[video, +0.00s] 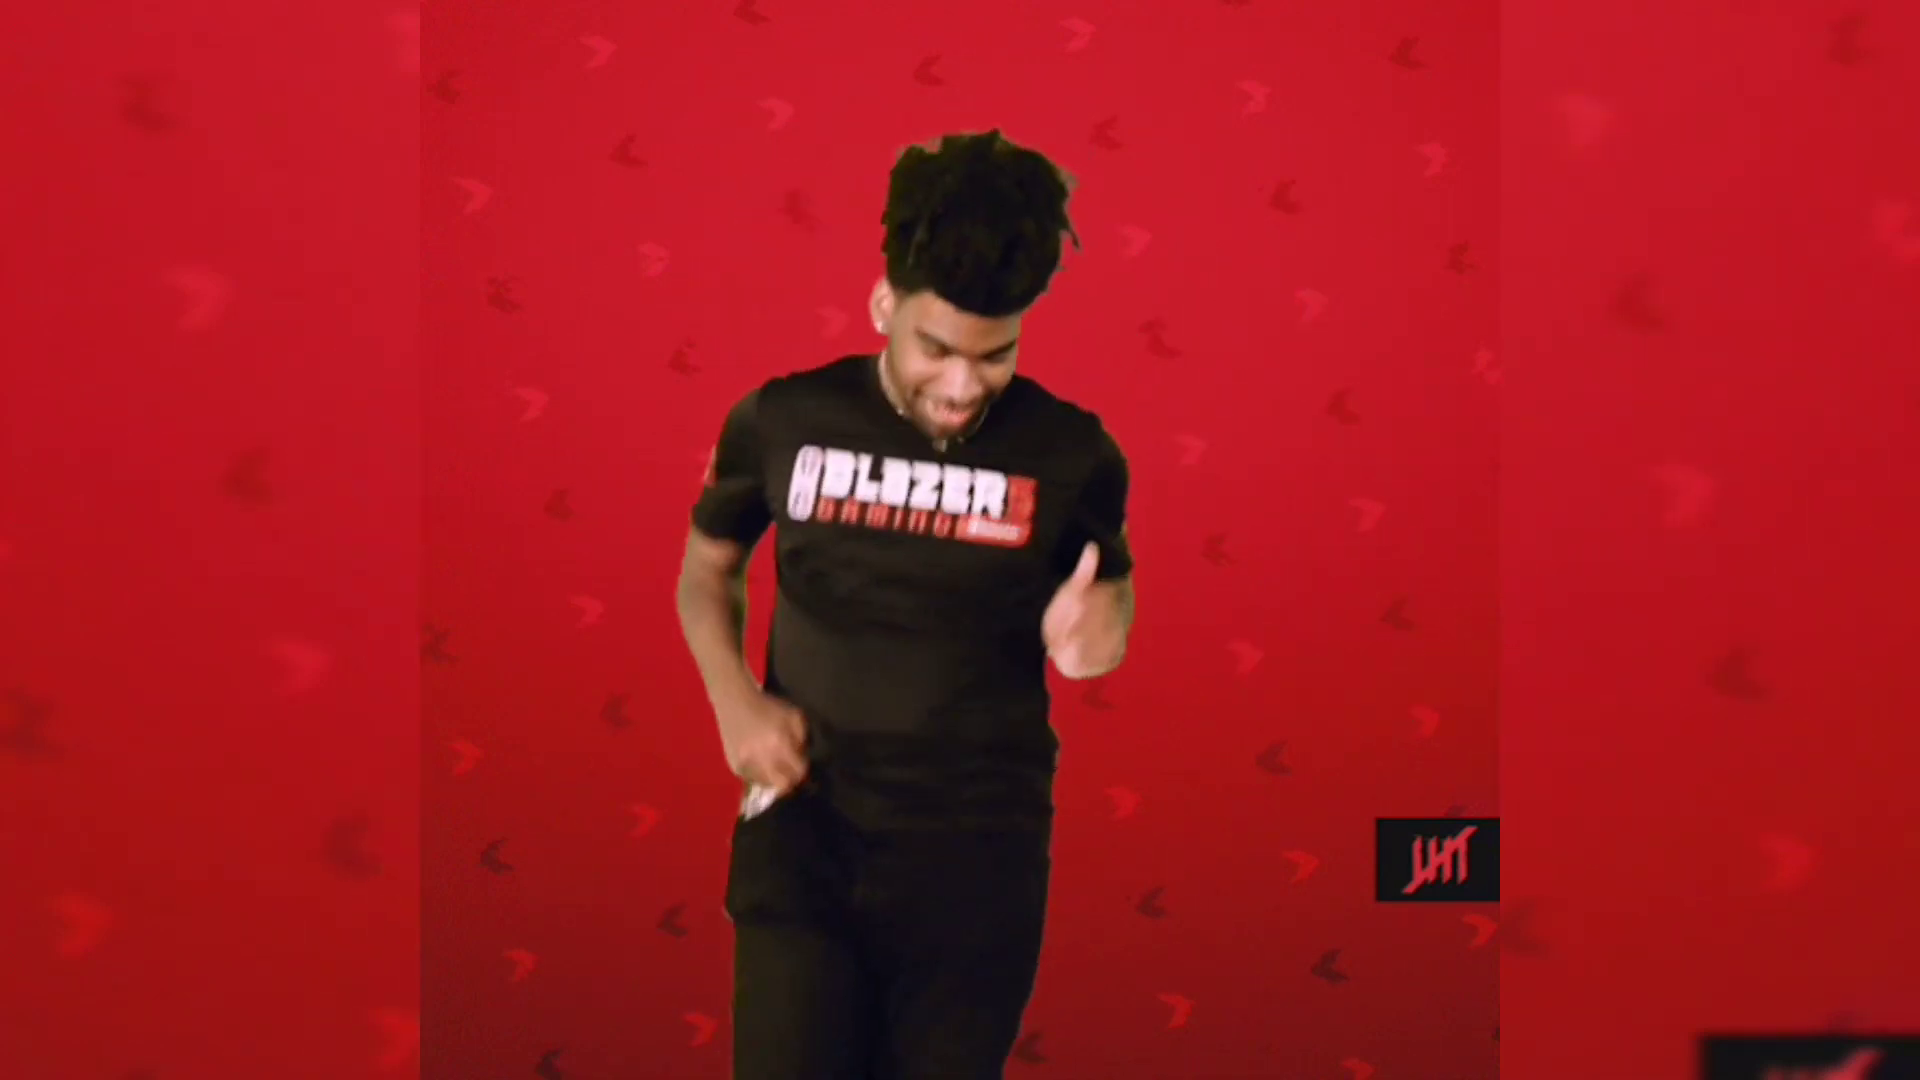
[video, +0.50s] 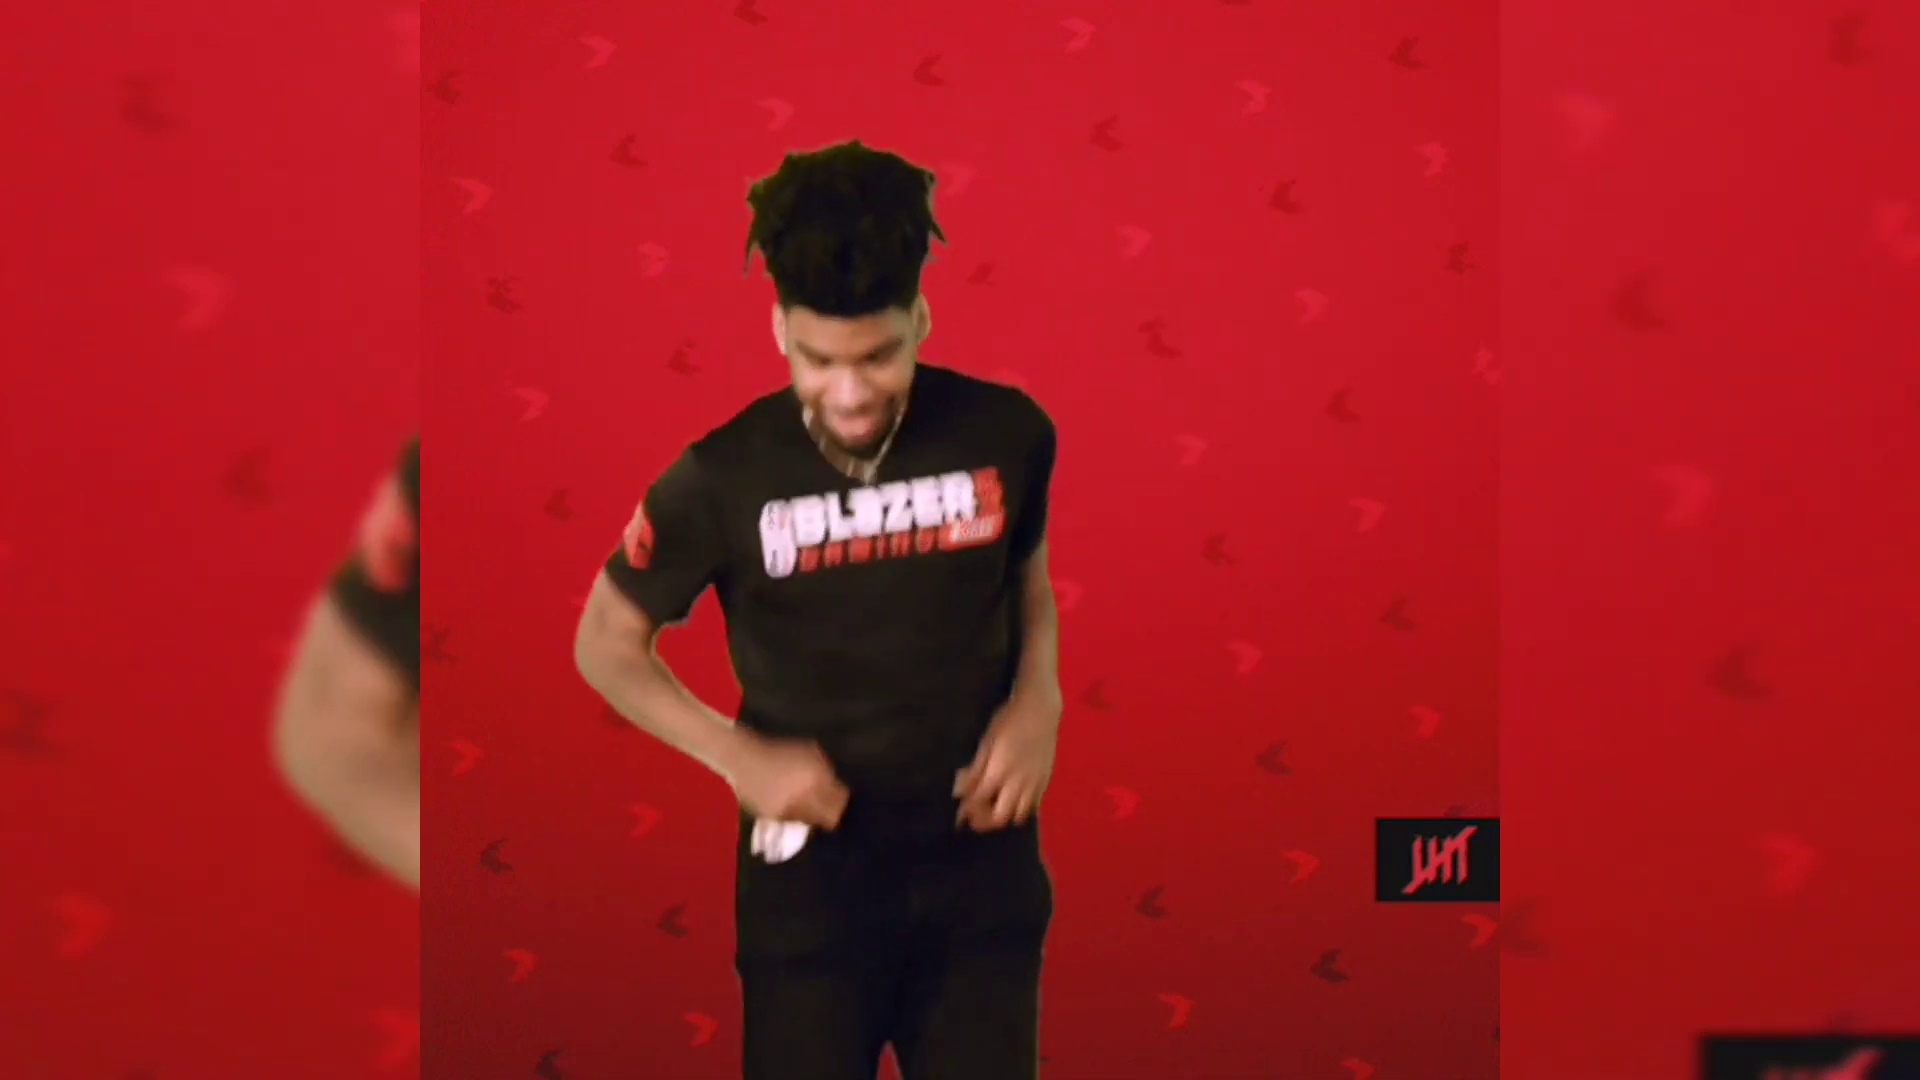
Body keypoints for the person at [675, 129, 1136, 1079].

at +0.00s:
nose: (962, 383)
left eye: (993, 354)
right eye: (936, 346)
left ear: (1027, 318)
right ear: (883, 304)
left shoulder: (1073, 456)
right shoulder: (781, 425)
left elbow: (1106, 592)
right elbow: (707, 572)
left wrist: (1089, 640)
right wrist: (735, 700)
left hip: (978, 853)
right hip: (806, 843)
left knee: (950, 1059)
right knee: (787, 1061)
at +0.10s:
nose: (943, 405)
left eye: (975, 375)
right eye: (915, 369)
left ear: (1008, 340)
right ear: (864, 330)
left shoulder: (1056, 481)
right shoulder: (767, 453)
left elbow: (1098, 630)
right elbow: (697, 606)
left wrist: (1072, 690)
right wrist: (722, 741)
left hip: (970, 879)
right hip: (794, 870)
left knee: (957, 1061)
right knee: (771, 1061)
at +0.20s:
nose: (922, 372)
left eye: (953, 343)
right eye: (894, 337)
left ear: (992, 301)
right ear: (846, 291)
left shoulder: (1047, 439)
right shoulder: (752, 419)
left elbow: (1083, 589)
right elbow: (684, 570)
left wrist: (1046, 682)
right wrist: (718, 690)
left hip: (962, 847)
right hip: (785, 843)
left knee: (944, 1063)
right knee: (781, 1062)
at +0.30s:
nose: (885, 368)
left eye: (917, 337)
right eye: (855, 334)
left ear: (956, 295)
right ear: (811, 290)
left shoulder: (1029, 424)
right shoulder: (730, 423)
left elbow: (1061, 575)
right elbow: (648, 558)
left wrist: (1031, 695)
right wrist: (711, 680)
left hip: (962, 831)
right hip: (786, 826)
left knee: (946, 1063)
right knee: (799, 1062)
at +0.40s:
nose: (862, 409)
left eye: (893, 376)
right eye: (832, 376)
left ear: (932, 337)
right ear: (789, 339)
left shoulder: (1013, 468)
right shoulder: (717, 491)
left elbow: (1041, 623)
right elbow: (624, 651)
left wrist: (1035, 756)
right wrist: (722, 764)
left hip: (962, 899)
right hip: (792, 904)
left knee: (957, 1064)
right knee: (798, 1065)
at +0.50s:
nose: (850, 390)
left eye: (877, 356)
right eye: (818, 358)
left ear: (922, 318)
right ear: (779, 324)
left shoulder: (1008, 438)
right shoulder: (720, 483)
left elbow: (1028, 582)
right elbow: (605, 643)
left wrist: (1037, 703)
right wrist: (740, 757)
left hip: (981, 873)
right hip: (810, 883)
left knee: (986, 1062)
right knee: (805, 1063)